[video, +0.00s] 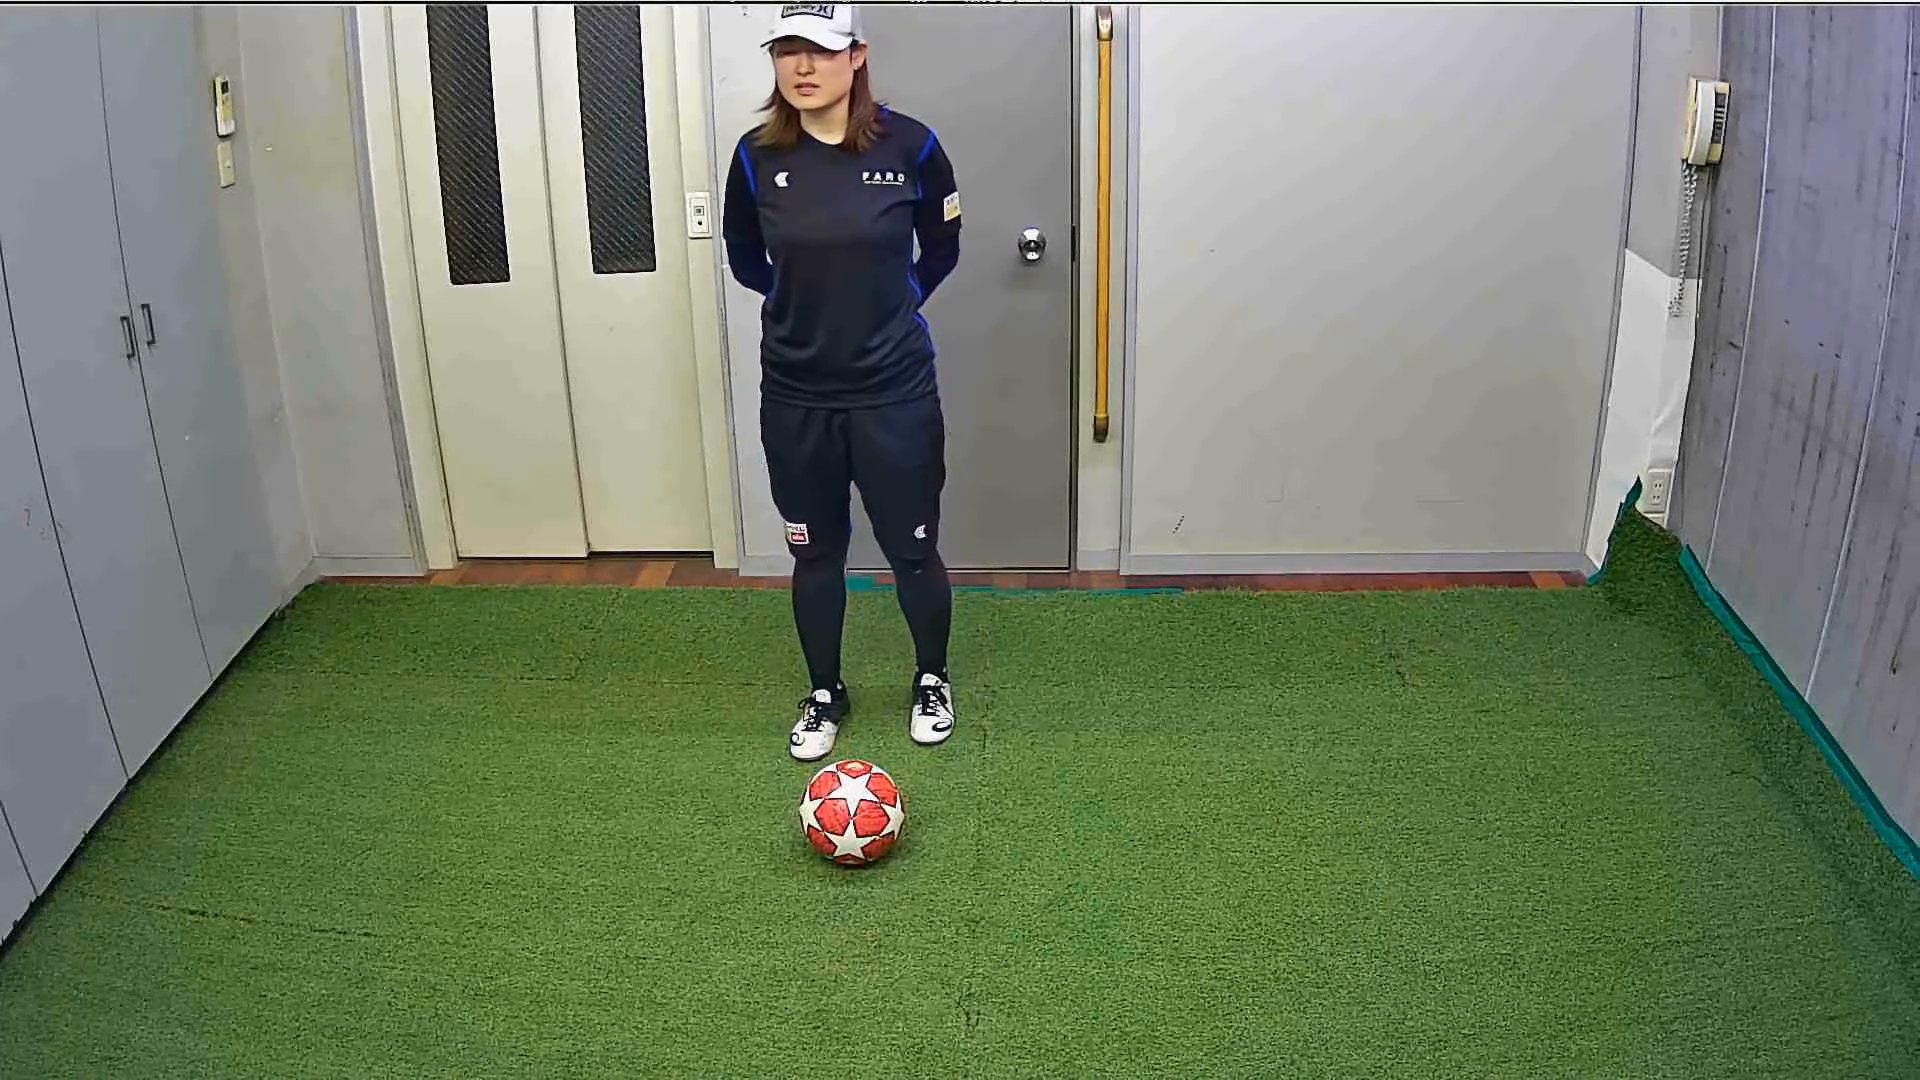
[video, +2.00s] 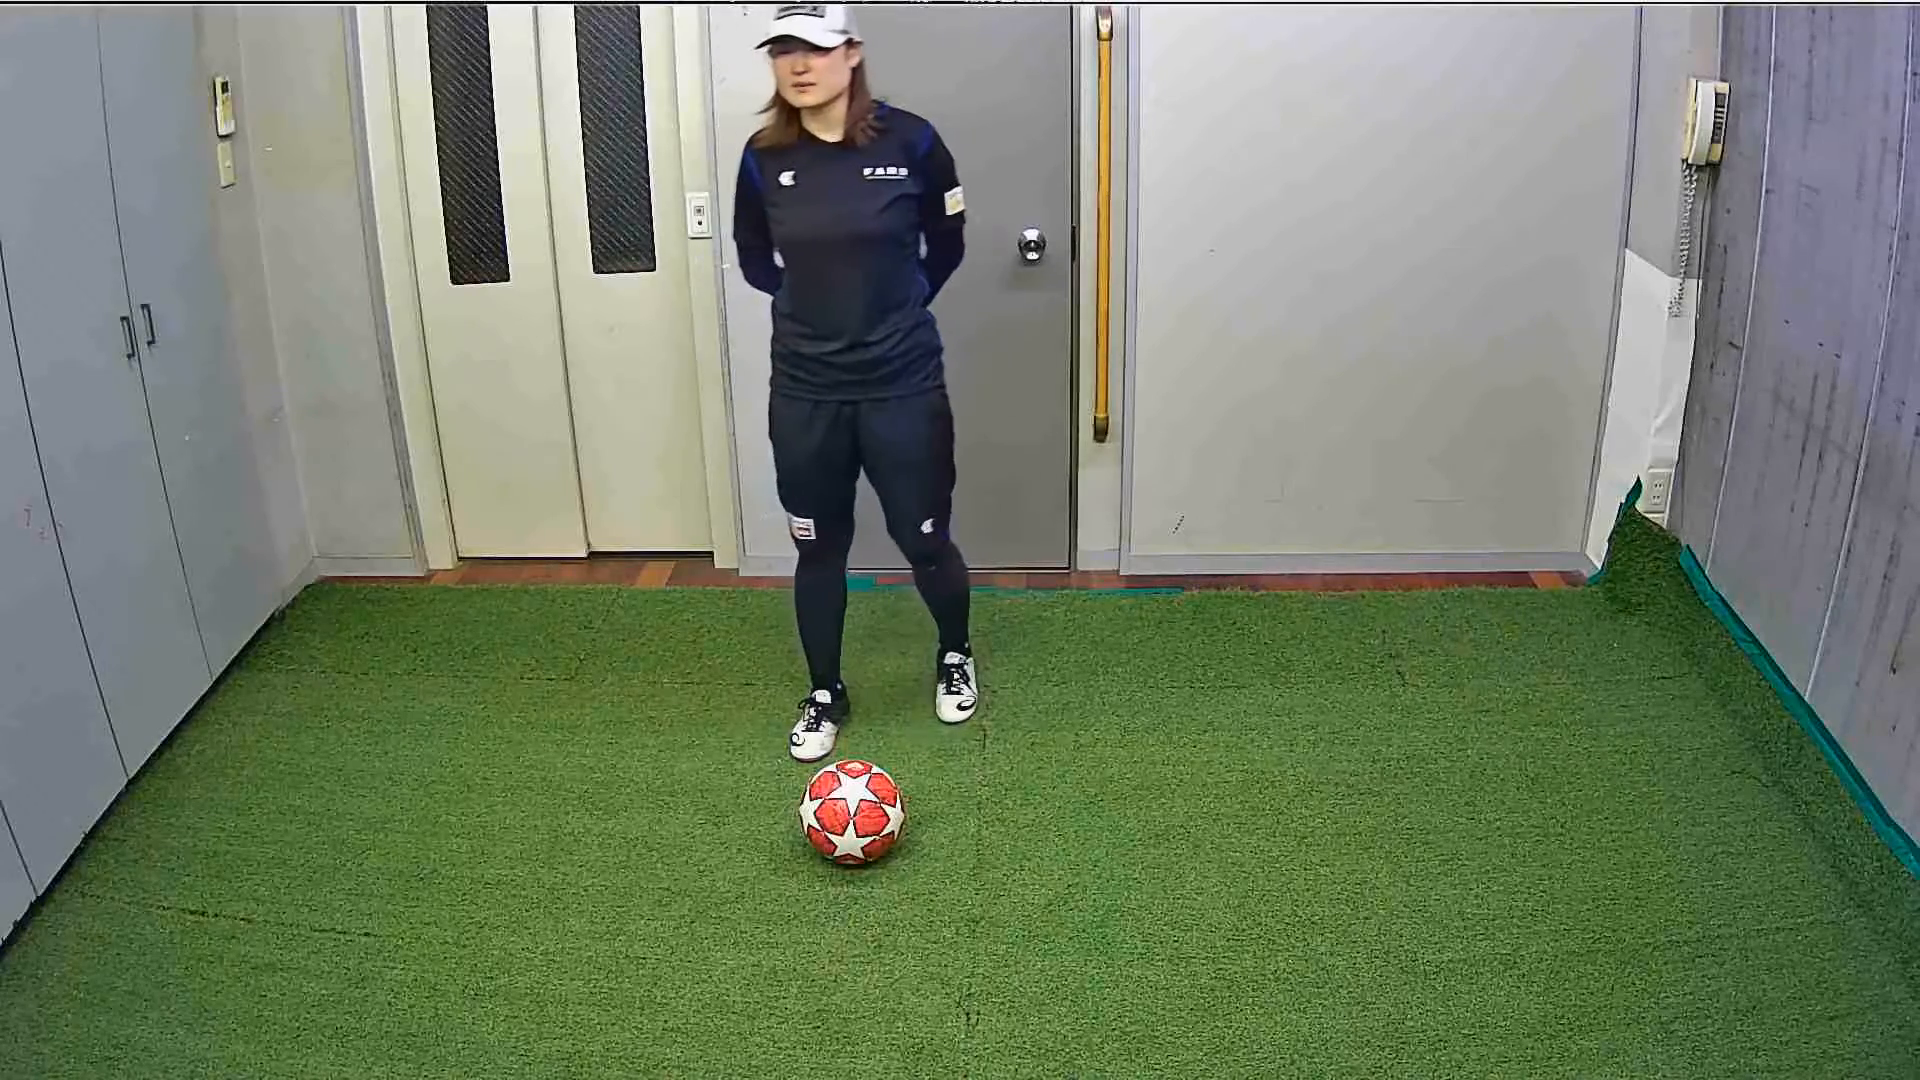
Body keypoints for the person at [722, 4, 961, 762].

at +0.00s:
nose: (801, 66)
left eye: (818, 51)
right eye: (789, 53)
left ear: (856, 60)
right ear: (775, 66)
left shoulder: (910, 146)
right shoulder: (755, 156)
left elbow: (943, 249)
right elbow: (743, 258)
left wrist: (887, 304)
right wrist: (805, 292)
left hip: (894, 388)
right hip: (795, 390)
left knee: (913, 551)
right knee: (812, 549)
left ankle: (931, 681)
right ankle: (825, 694)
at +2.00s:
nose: (799, 65)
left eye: (814, 50)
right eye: (787, 53)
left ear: (852, 56)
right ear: (775, 65)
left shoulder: (913, 141)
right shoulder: (762, 157)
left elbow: (948, 246)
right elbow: (754, 260)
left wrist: (892, 305)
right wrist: (816, 296)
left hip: (901, 382)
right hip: (805, 387)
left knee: (925, 537)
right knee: (815, 543)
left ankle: (955, 655)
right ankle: (825, 693)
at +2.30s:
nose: (865, 61)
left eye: (881, 47)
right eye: (852, 48)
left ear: (916, 56)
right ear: (836, 62)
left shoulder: (969, 144)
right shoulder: (820, 149)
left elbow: (994, 238)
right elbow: (806, 252)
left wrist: (994, 318)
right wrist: (865, 281)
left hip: (945, 375)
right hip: (850, 377)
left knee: (949, 529)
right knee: (840, 536)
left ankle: (956, 661)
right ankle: (825, 695)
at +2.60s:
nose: (909, 62)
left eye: (925, 49)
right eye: (896, 48)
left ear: (957, 57)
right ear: (878, 59)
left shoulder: (1004, 138)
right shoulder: (855, 140)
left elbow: (1042, 257)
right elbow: (834, 238)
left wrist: (1024, 240)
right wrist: (886, 278)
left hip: (969, 363)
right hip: (875, 363)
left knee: (966, 522)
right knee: (856, 524)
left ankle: (957, 660)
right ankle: (840, 687)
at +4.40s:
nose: (891, 67)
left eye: (908, 54)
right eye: (881, 53)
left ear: (945, 57)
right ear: (868, 59)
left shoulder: (996, 138)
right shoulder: (844, 139)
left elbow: (1019, 255)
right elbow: (823, 240)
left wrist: (1020, 363)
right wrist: (815, 343)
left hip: (962, 365)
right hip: (866, 362)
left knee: (960, 523)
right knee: (869, 521)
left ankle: (958, 660)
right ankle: (886, 654)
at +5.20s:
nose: (874, 134)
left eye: (891, 118)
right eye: (860, 118)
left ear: (930, 106)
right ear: (842, 108)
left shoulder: (993, 177)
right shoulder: (829, 185)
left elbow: (1028, 296)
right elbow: (807, 284)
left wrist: (1062, 413)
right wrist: (757, 394)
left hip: (980, 415)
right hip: (876, 423)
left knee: (988, 604)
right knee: (905, 614)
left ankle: (1007, 757)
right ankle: (917, 687)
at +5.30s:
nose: (878, 143)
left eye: (896, 127)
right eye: (864, 128)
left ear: (934, 108)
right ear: (844, 113)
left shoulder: (995, 181)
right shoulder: (832, 178)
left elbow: (1031, 310)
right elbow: (823, 273)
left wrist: (1065, 433)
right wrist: (785, 369)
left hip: (972, 428)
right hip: (869, 430)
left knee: (979, 622)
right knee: (901, 632)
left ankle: (1003, 760)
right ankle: (948, 769)